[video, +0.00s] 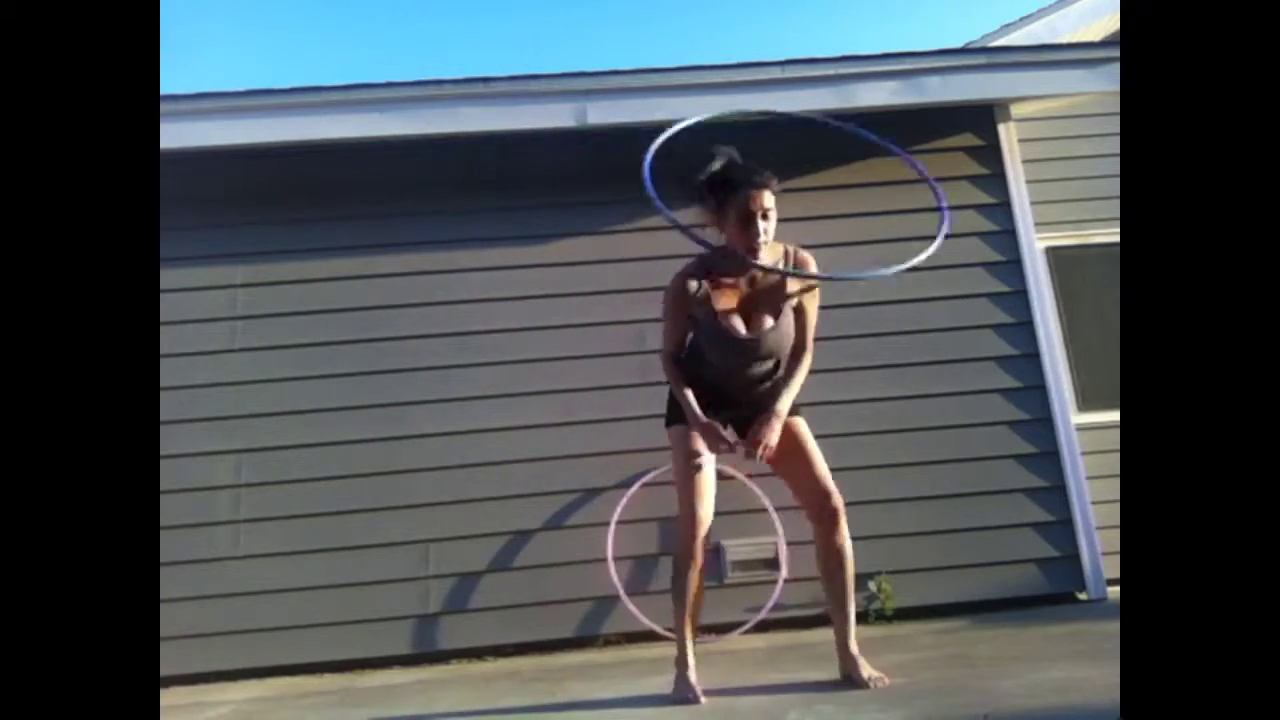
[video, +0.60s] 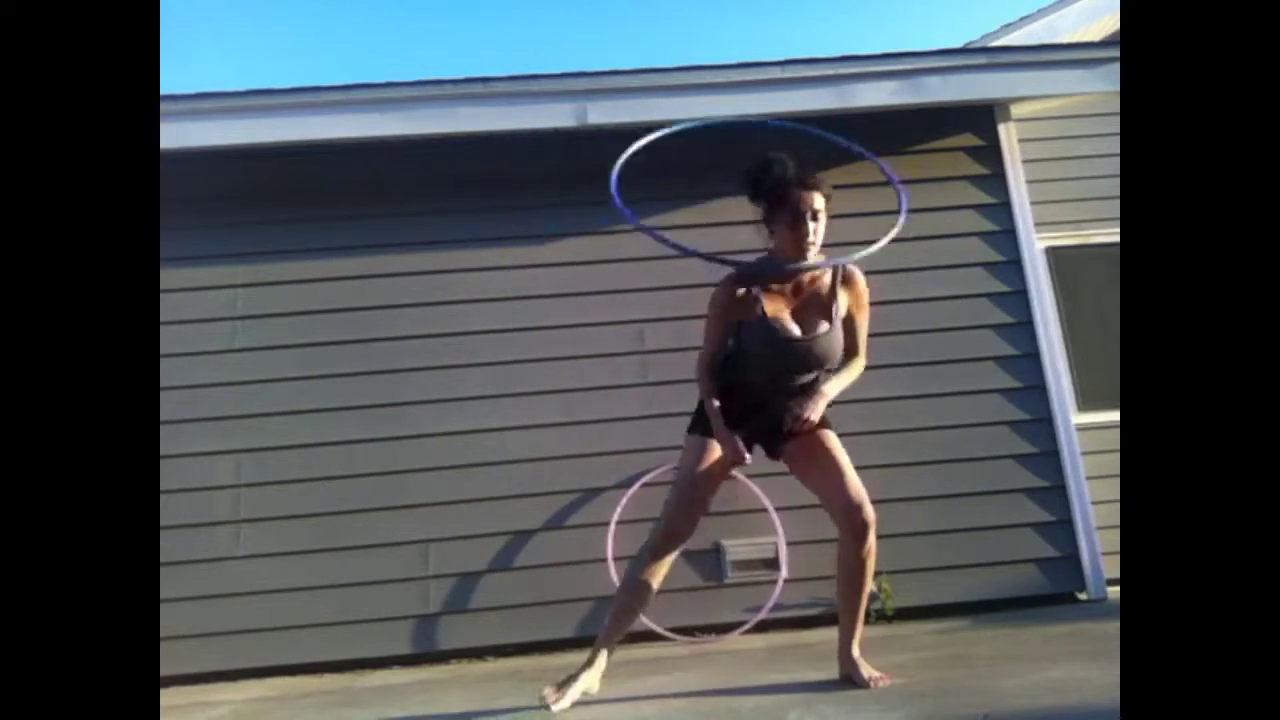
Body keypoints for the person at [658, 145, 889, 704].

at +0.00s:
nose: (759, 228)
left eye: (766, 214)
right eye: (745, 217)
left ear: (777, 213)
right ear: (717, 221)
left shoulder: (798, 265)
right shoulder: (689, 285)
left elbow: (804, 349)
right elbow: (671, 360)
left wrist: (776, 414)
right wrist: (698, 420)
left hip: (770, 401)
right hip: (701, 405)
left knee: (830, 507)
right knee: (694, 529)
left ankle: (849, 652)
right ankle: (685, 666)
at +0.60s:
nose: (813, 229)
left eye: (819, 217)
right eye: (801, 217)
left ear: (827, 221)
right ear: (771, 223)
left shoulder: (847, 282)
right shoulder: (739, 289)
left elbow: (856, 360)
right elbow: (707, 371)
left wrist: (824, 393)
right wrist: (722, 431)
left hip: (797, 417)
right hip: (730, 414)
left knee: (860, 520)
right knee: (671, 533)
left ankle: (851, 654)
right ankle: (596, 663)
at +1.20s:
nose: (654, 209)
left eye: (660, 198)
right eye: (644, 200)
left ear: (674, 214)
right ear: (620, 215)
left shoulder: (684, 258)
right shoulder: (596, 283)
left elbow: (716, 198)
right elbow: (604, 360)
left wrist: (627, 194)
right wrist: (615, 413)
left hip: (702, 398)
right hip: (634, 406)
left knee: (770, 525)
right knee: (599, 536)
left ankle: (840, 652)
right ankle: (574, 681)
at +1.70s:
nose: (642, 214)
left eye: (652, 203)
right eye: (631, 205)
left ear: (669, 209)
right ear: (614, 214)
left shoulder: (694, 273)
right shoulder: (593, 258)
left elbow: (718, 358)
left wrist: (663, 399)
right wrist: (584, 216)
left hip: (685, 396)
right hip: (614, 398)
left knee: (759, 517)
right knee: (587, 534)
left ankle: (833, 655)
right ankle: (574, 682)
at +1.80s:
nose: (668, 206)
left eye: (678, 197)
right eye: (658, 197)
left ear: (692, 208)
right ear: (641, 206)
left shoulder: (717, 270)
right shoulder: (621, 247)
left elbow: (741, 354)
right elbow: (550, 170)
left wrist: (685, 389)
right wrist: (627, 200)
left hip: (704, 393)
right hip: (633, 396)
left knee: (769, 520)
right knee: (605, 536)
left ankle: (835, 655)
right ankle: (574, 681)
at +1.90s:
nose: (700, 222)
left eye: (709, 213)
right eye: (690, 212)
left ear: (723, 219)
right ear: (670, 214)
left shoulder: (737, 281)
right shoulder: (645, 248)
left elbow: (758, 365)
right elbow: (592, 179)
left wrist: (703, 398)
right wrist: (665, 221)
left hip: (721, 392)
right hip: (650, 394)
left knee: (782, 515)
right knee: (619, 528)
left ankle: (835, 655)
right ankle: (573, 677)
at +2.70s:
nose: (721, 250)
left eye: (733, 238)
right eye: (710, 239)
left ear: (751, 237)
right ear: (694, 241)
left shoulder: (769, 281)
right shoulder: (668, 303)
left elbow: (806, 342)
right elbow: (661, 382)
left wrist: (791, 277)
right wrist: (694, 435)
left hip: (763, 415)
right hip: (695, 421)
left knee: (840, 519)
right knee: (628, 546)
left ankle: (839, 656)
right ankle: (570, 680)